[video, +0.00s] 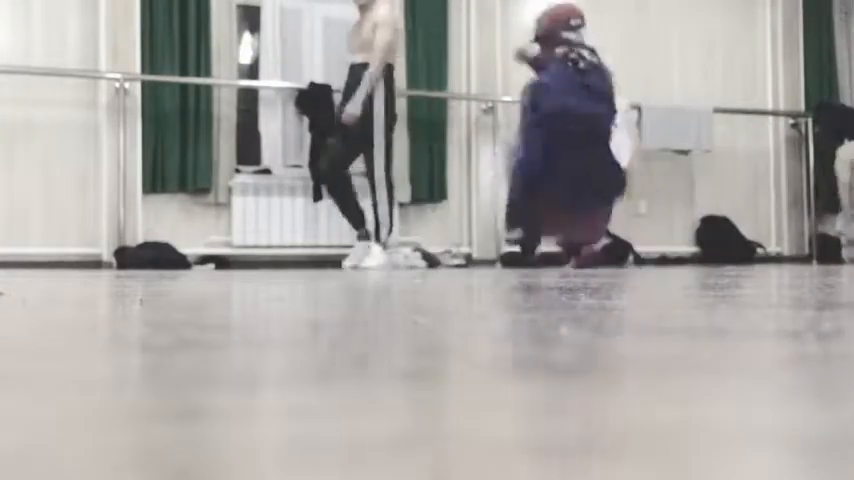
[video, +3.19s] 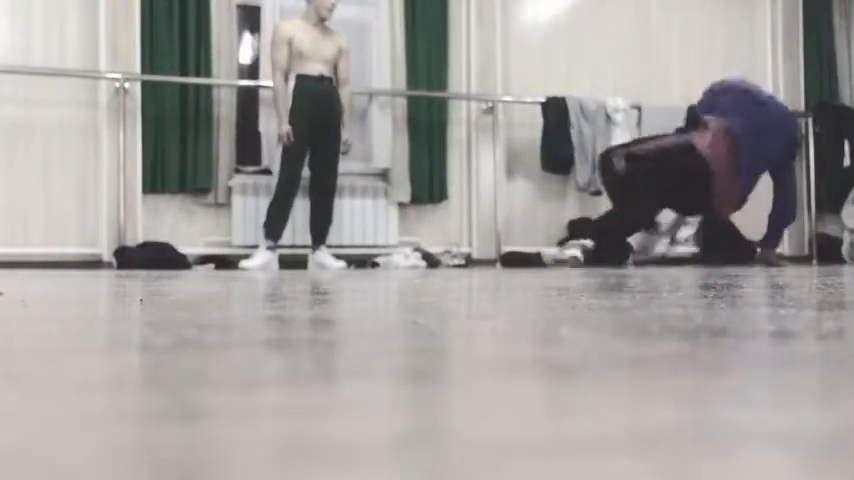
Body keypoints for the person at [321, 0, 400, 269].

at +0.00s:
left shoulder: (385, 13)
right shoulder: (363, 18)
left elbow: (379, 61)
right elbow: (359, 62)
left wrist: (358, 101)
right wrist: (344, 94)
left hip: (377, 85)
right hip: (357, 84)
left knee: (379, 169)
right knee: (332, 166)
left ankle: (381, 245)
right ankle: (363, 236)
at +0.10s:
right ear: (346, 1)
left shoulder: (375, 12)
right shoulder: (346, 23)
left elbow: (371, 55)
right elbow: (348, 66)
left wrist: (337, 89)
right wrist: (328, 95)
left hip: (368, 85)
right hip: (345, 86)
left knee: (373, 167)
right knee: (324, 166)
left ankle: (381, 247)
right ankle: (323, 248)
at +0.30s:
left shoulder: (353, 19)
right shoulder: (308, 32)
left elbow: (354, 62)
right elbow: (311, 74)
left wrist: (323, 93)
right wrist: (306, 94)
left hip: (344, 91)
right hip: (316, 93)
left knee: (358, 170)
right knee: (300, 171)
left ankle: (379, 246)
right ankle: (281, 250)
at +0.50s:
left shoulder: (327, 17)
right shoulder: (275, 23)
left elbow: (339, 65)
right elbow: (266, 75)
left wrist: (343, 110)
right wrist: (258, 117)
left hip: (319, 82)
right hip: (290, 84)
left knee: (334, 164)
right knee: (280, 167)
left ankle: (363, 241)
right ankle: (280, 248)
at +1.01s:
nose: (292, 1)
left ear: (300, 0)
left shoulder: (318, 23)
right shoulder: (258, 24)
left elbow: (328, 71)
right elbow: (246, 69)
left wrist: (333, 118)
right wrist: (239, 112)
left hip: (311, 89)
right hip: (278, 89)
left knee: (317, 172)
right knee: (277, 173)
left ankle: (321, 247)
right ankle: (279, 248)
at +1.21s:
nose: (307, 3)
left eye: (309, 0)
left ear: (314, 2)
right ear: (291, 1)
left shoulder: (327, 31)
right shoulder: (271, 30)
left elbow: (335, 77)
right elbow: (266, 78)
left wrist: (337, 120)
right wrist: (274, 116)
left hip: (319, 94)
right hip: (285, 94)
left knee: (317, 177)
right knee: (277, 176)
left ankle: (318, 249)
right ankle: (279, 249)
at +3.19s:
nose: (332, 5)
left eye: (334, 2)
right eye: (327, 1)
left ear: (332, 7)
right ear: (312, 1)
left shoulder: (337, 41)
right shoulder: (286, 29)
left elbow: (344, 84)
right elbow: (279, 76)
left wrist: (344, 127)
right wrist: (283, 120)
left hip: (329, 100)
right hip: (300, 97)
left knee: (325, 179)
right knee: (289, 177)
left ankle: (319, 251)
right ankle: (268, 249)